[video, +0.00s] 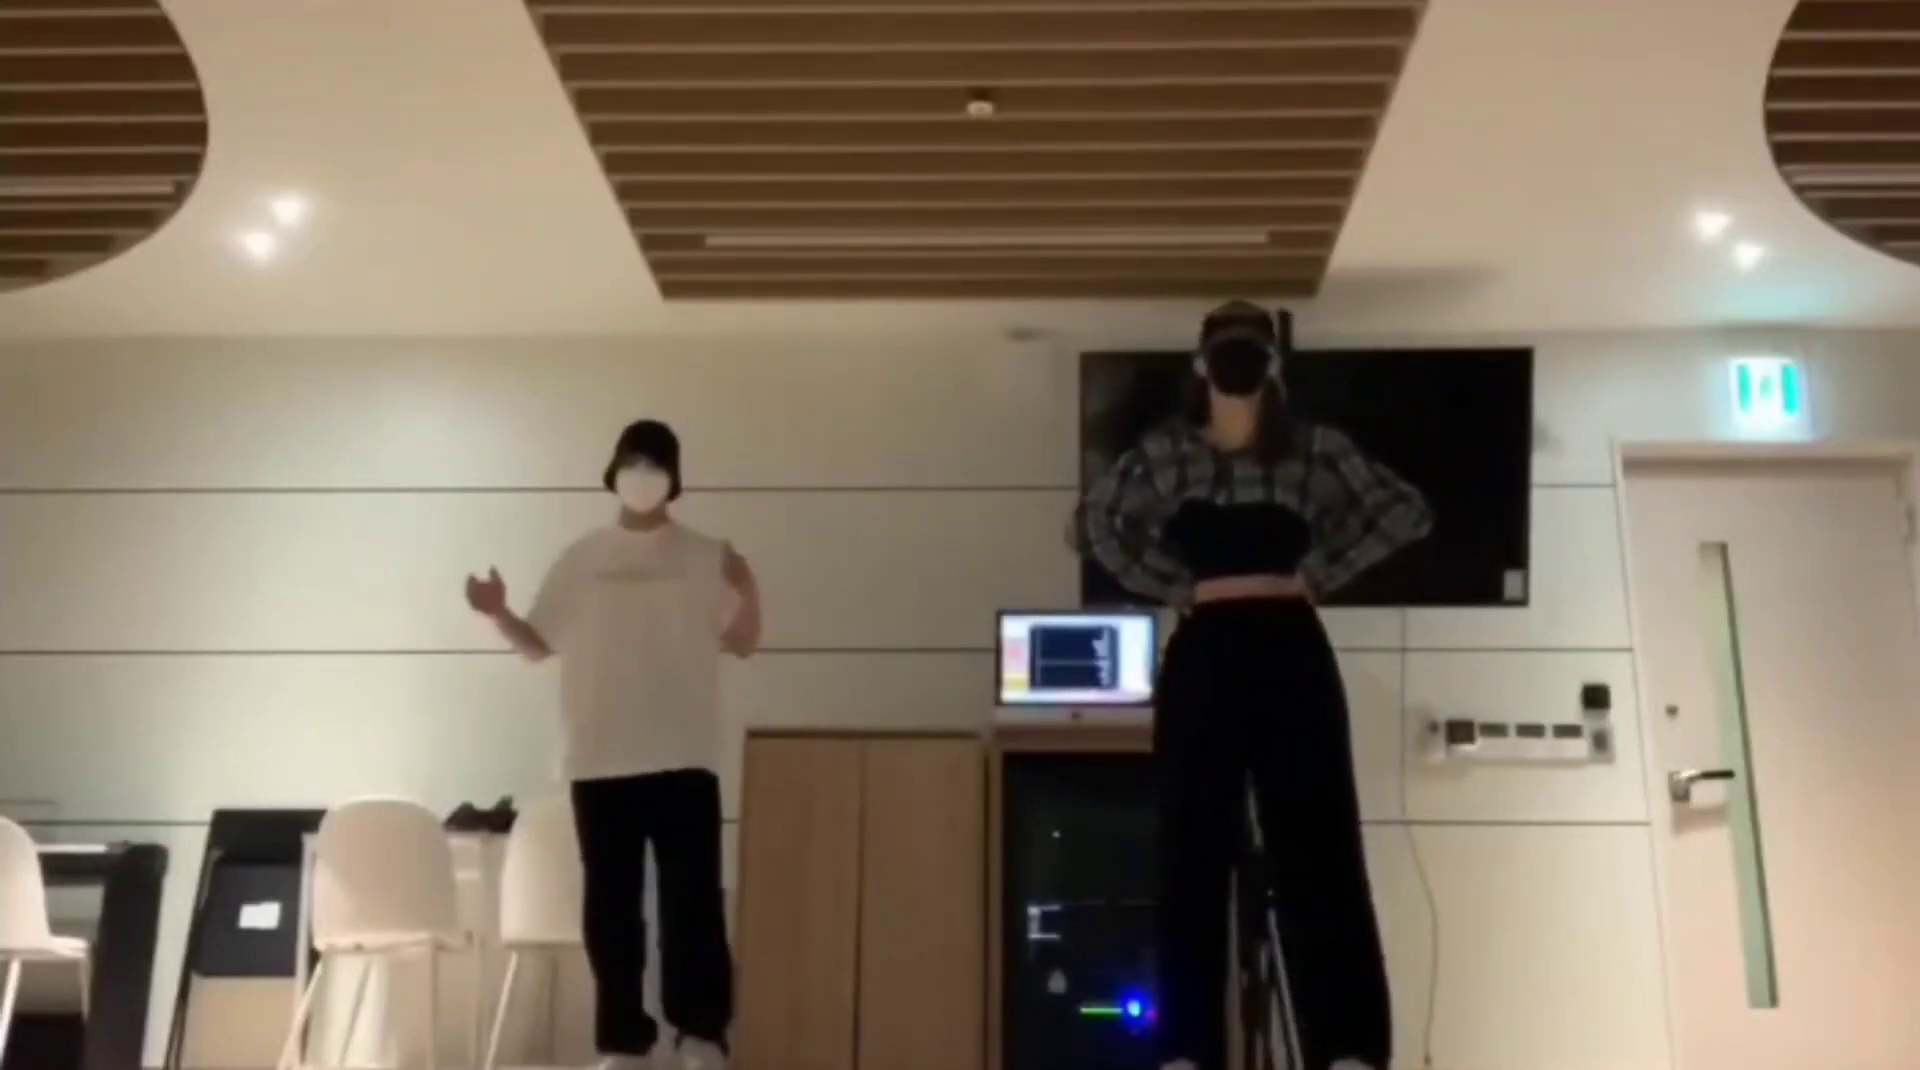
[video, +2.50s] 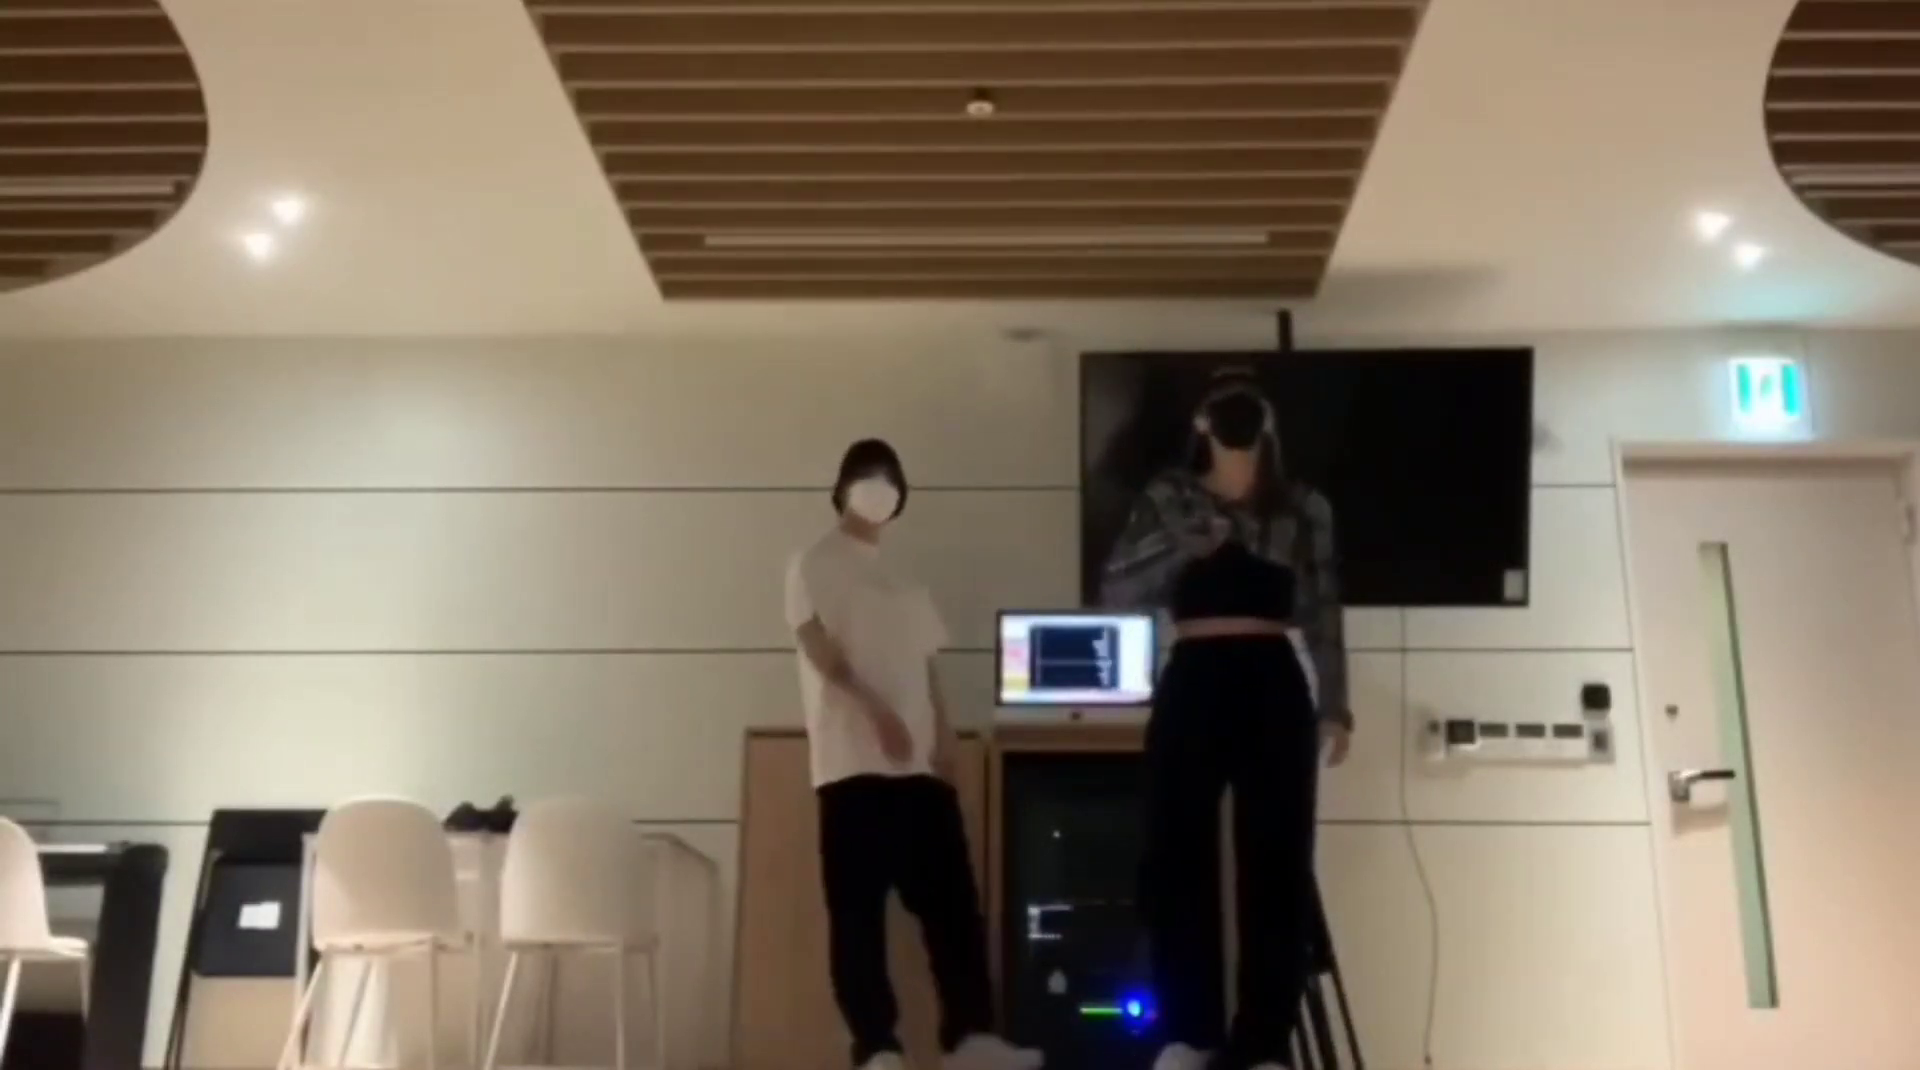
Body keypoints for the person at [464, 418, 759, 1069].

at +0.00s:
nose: (641, 478)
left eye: (653, 466)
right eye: (630, 467)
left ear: (675, 477)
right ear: (612, 476)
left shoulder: (705, 557)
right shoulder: (583, 558)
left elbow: (740, 645)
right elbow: (539, 647)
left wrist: (747, 594)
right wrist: (500, 614)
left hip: (684, 752)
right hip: (601, 755)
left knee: (693, 901)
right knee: (610, 906)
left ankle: (701, 1036)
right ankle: (622, 1043)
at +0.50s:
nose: (682, 494)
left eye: (694, 482)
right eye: (669, 482)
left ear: (712, 493)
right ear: (651, 492)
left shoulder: (737, 570)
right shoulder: (616, 573)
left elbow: (768, 659)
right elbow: (579, 656)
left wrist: (702, 652)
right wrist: (644, 662)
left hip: (723, 769)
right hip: (637, 771)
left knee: (742, 914)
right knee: (629, 919)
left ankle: (753, 1042)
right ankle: (624, 1047)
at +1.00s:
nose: (778, 520)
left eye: (790, 513)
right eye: (768, 506)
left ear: (799, 527)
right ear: (744, 513)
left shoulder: (805, 600)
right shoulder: (707, 582)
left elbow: (823, 687)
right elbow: (681, 664)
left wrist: (768, 686)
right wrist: (754, 673)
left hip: (792, 778)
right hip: (721, 775)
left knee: (782, 919)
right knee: (698, 909)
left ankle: (753, 1046)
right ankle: (650, 1040)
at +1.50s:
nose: (827, 526)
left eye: (839, 518)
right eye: (818, 512)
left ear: (847, 531)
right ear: (795, 516)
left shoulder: (832, 603)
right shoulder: (753, 578)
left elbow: (845, 690)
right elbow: (744, 670)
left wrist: (848, 756)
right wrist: (767, 754)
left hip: (815, 774)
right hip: (757, 769)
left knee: (793, 913)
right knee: (791, 908)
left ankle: (749, 1042)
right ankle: (836, 1028)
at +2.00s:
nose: (863, 504)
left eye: (874, 494)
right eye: (851, 491)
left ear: (887, 507)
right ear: (829, 500)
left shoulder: (887, 589)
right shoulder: (800, 578)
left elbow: (901, 683)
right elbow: (783, 671)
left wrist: (908, 767)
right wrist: (789, 758)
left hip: (880, 769)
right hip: (821, 766)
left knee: (823, 912)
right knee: (851, 912)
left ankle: (763, 1036)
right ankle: (876, 1043)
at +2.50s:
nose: (876, 493)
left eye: (888, 483)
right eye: (865, 480)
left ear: (901, 496)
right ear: (842, 489)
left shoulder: (906, 581)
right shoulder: (813, 564)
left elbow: (930, 674)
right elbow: (818, 648)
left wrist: (942, 744)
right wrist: (878, 712)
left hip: (918, 774)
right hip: (850, 773)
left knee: (953, 910)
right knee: (857, 919)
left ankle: (969, 1036)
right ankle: (876, 1045)